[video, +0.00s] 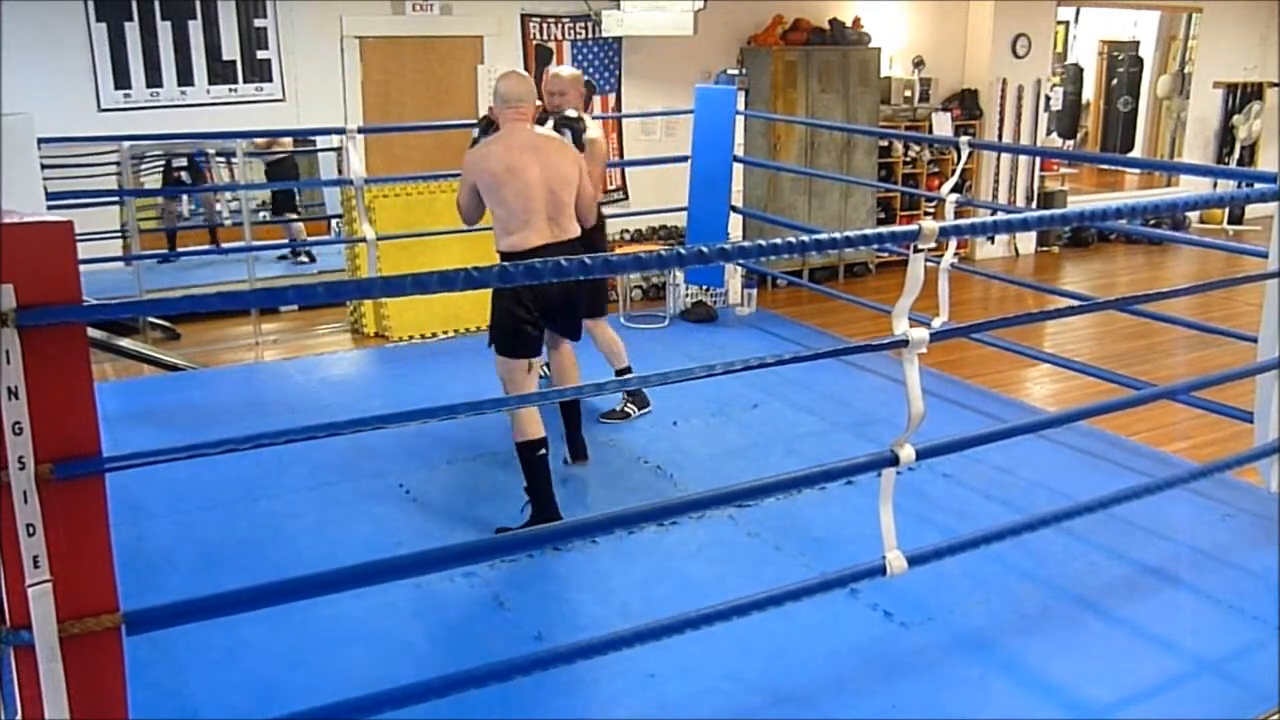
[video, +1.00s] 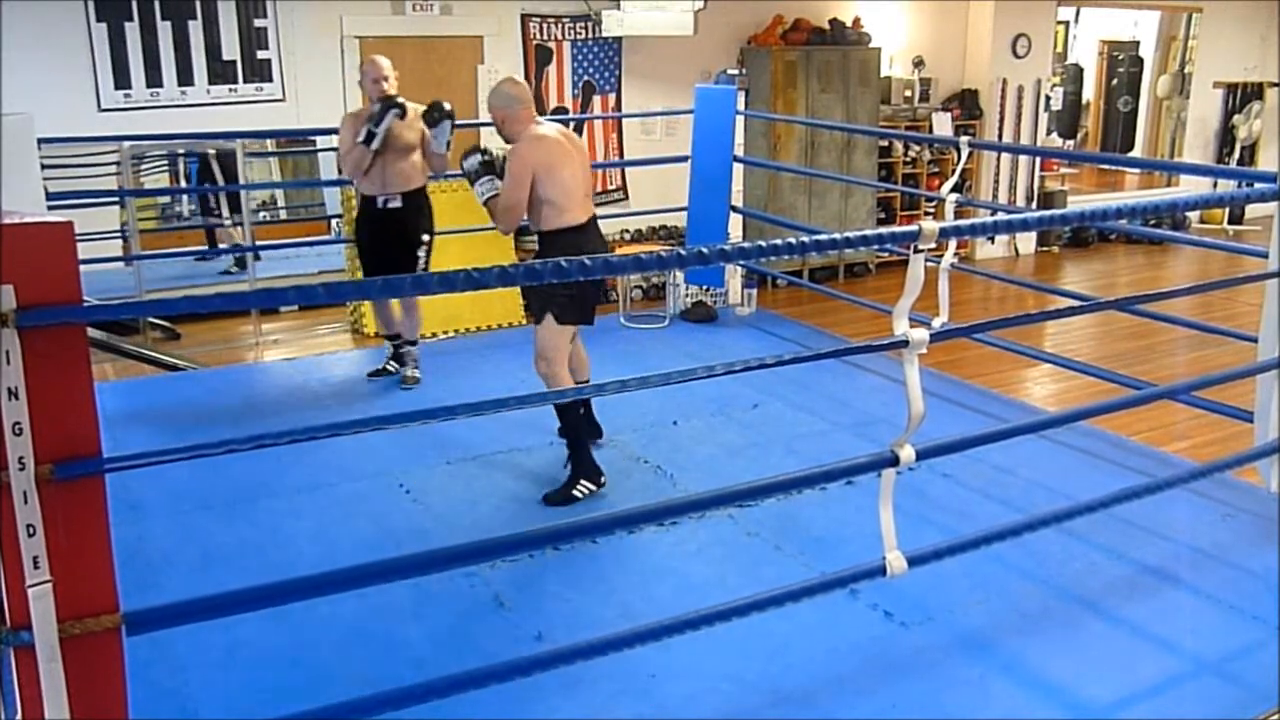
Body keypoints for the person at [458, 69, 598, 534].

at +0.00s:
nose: (495, 112)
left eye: (493, 105)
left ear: (495, 108)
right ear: (538, 106)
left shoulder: (480, 154)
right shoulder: (566, 149)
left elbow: (469, 213)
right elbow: (587, 216)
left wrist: (487, 161)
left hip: (518, 272)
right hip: (568, 263)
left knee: (519, 389)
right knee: (561, 342)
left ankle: (544, 508)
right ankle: (575, 442)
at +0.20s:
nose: (505, 126)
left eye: (505, 119)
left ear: (508, 124)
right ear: (546, 122)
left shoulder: (499, 170)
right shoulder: (573, 158)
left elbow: (479, 236)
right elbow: (610, 187)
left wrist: (488, 189)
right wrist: (571, 191)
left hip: (530, 277)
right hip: (577, 268)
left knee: (527, 392)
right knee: (563, 348)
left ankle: (546, 509)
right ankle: (577, 416)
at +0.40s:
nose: (545, 110)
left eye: (549, 106)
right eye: (552, 105)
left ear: (551, 114)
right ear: (585, 120)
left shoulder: (529, 156)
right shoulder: (595, 154)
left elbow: (503, 221)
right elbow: (589, 197)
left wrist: (481, 191)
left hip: (541, 255)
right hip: (589, 253)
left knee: (533, 367)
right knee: (574, 345)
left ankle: (560, 482)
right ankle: (587, 424)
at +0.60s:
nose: (543, 114)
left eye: (546, 109)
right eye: (551, 109)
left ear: (550, 114)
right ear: (583, 119)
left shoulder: (528, 149)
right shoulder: (600, 154)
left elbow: (490, 176)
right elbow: (621, 214)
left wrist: (486, 156)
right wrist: (590, 194)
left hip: (547, 253)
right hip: (592, 251)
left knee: (566, 361)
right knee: (587, 344)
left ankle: (607, 463)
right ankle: (583, 423)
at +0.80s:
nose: (523, 117)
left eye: (523, 112)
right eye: (528, 110)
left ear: (526, 113)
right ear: (560, 109)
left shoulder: (520, 150)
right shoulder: (591, 140)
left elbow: (506, 222)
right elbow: (618, 200)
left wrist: (501, 229)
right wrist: (581, 194)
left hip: (553, 246)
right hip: (598, 241)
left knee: (552, 359)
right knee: (587, 342)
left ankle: (604, 455)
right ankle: (581, 420)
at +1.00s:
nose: (496, 129)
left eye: (496, 121)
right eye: (494, 122)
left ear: (510, 114)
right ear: (529, 106)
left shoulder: (526, 150)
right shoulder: (567, 135)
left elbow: (507, 220)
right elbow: (555, 199)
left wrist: (484, 182)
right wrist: (501, 175)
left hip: (560, 252)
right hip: (588, 241)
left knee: (549, 362)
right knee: (568, 341)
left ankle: (585, 470)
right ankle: (585, 420)